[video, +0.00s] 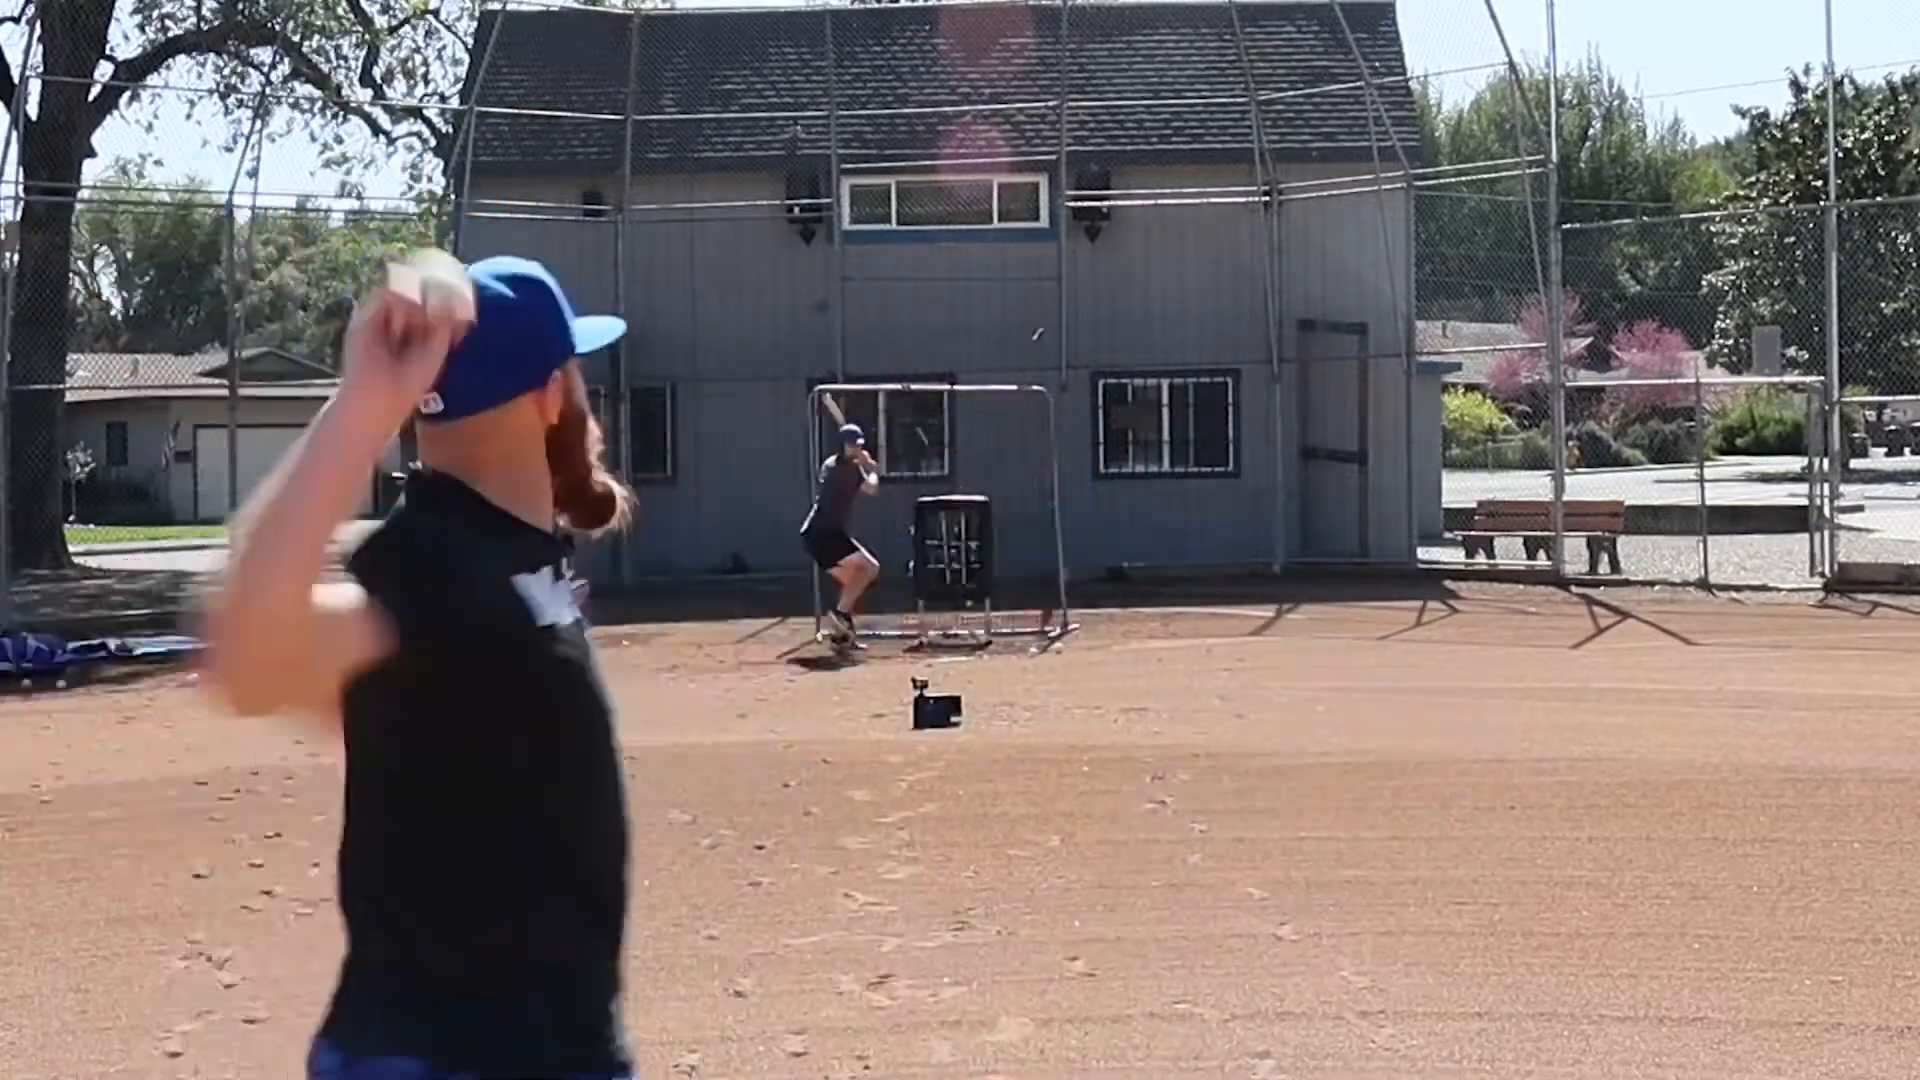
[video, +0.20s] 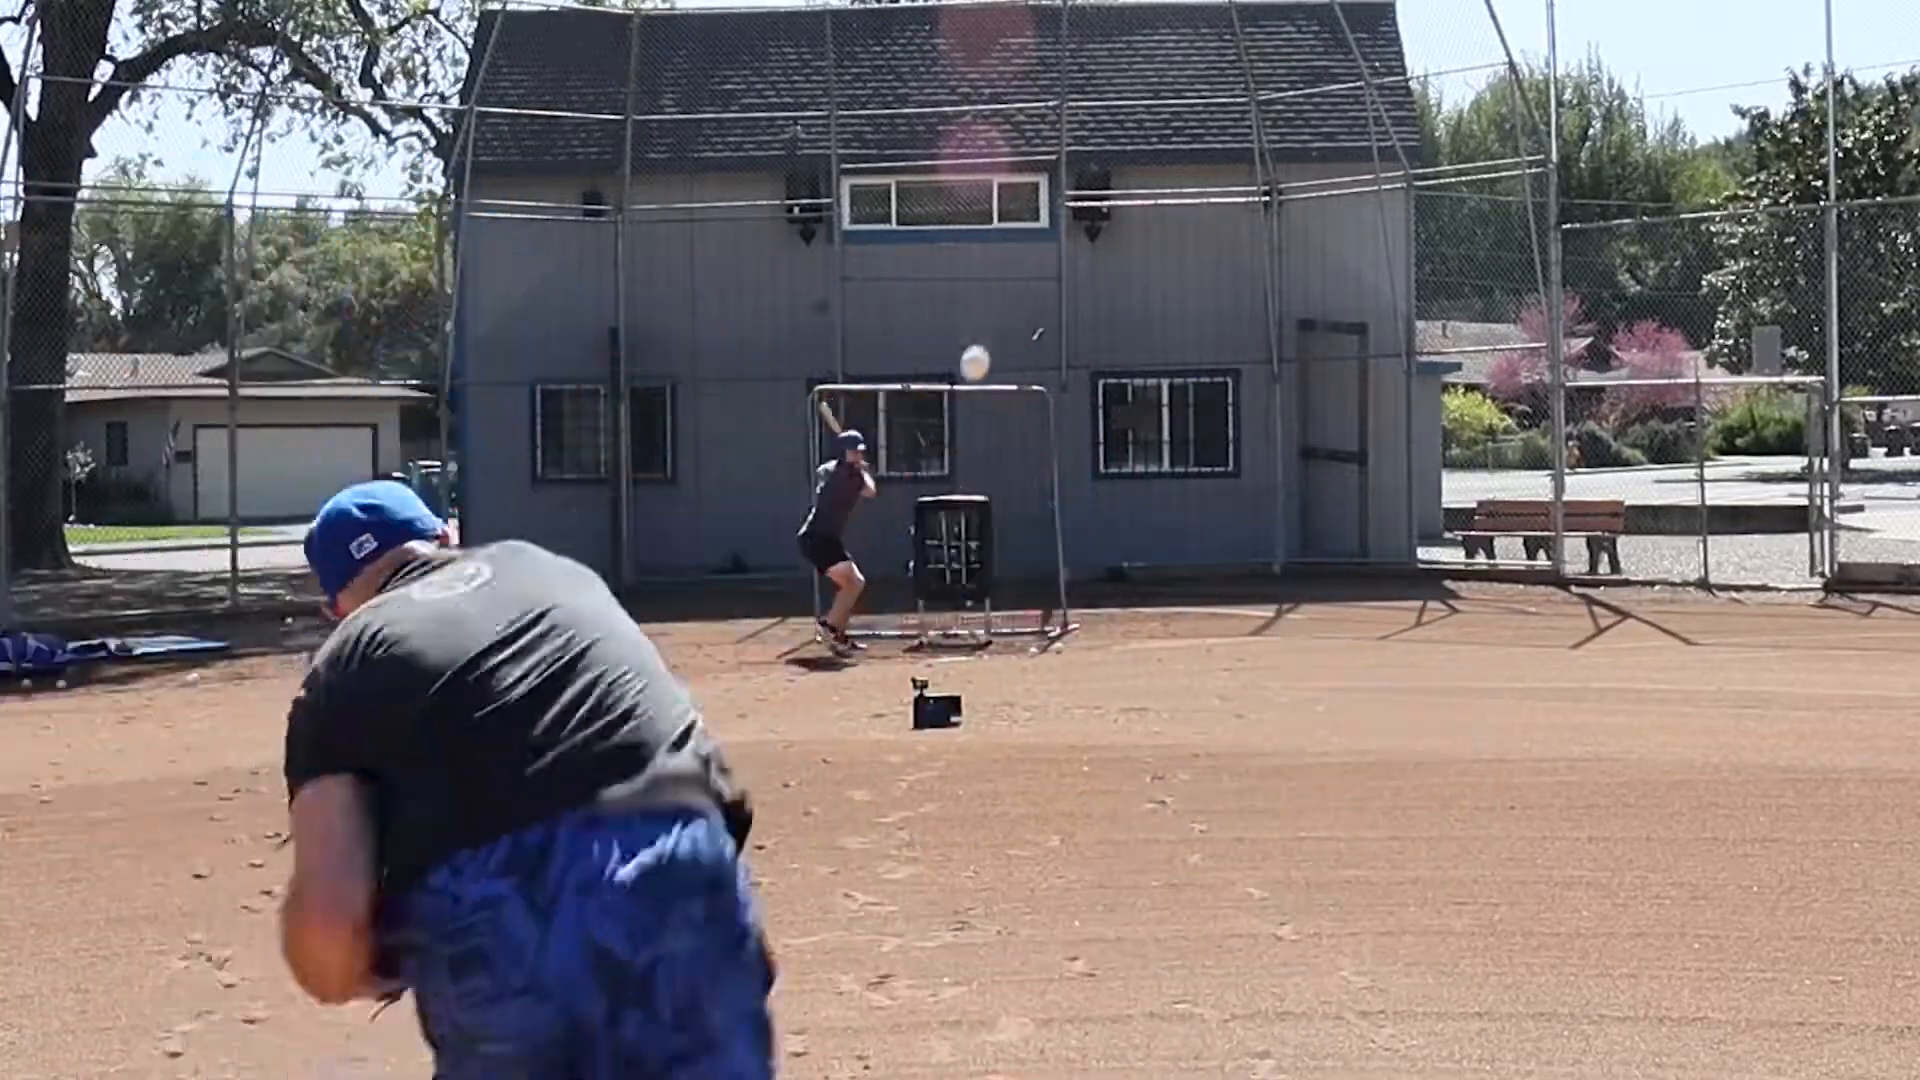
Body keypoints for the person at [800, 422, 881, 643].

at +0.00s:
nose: (857, 450)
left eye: (859, 445)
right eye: (852, 445)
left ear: (860, 446)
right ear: (843, 446)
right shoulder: (843, 470)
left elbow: (870, 488)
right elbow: (872, 488)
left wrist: (867, 466)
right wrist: (869, 466)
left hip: (817, 531)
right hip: (825, 531)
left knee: (850, 581)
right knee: (868, 567)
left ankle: (842, 634)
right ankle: (840, 614)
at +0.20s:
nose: (859, 455)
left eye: (860, 450)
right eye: (855, 451)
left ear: (858, 452)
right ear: (845, 452)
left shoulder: (856, 474)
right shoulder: (843, 473)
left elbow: (869, 491)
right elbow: (871, 492)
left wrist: (862, 470)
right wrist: (861, 470)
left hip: (826, 535)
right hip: (818, 536)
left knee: (850, 583)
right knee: (854, 582)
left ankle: (839, 632)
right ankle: (830, 625)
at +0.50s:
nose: (855, 471)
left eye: (856, 467)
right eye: (851, 465)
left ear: (855, 467)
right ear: (839, 464)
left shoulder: (849, 498)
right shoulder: (820, 474)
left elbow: (858, 532)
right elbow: (854, 491)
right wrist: (884, 501)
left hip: (829, 552)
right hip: (805, 547)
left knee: (839, 606)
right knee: (813, 593)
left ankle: (835, 637)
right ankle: (806, 646)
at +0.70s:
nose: (858, 474)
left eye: (861, 470)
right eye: (854, 469)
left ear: (865, 472)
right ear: (845, 469)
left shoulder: (863, 496)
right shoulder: (827, 481)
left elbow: (833, 501)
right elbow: (809, 503)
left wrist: (794, 497)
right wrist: (790, 505)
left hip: (831, 554)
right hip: (805, 547)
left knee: (833, 612)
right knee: (799, 599)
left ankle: (829, 632)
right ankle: (795, 646)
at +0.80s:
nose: (850, 467)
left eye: (855, 463)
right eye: (846, 462)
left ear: (859, 466)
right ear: (837, 464)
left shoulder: (854, 487)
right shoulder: (827, 488)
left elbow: (819, 488)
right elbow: (808, 513)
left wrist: (787, 488)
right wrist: (785, 493)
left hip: (833, 551)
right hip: (807, 548)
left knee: (834, 608)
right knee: (800, 600)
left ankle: (833, 631)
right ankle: (797, 645)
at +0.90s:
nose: (840, 458)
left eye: (845, 454)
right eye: (836, 454)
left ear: (851, 461)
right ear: (829, 459)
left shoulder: (844, 481)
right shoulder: (824, 489)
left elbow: (803, 482)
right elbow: (810, 516)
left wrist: (801, 484)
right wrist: (796, 495)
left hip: (834, 550)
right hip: (809, 548)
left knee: (834, 605)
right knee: (803, 598)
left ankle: (834, 632)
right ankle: (798, 646)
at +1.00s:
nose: (835, 458)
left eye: (839, 453)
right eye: (831, 454)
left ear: (846, 458)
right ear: (824, 458)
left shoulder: (846, 480)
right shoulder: (820, 482)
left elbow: (803, 487)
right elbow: (799, 499)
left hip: (836, 546)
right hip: (811, 545)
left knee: (834, 599)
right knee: (804, 595)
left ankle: (834, 631)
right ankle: (798, 645)